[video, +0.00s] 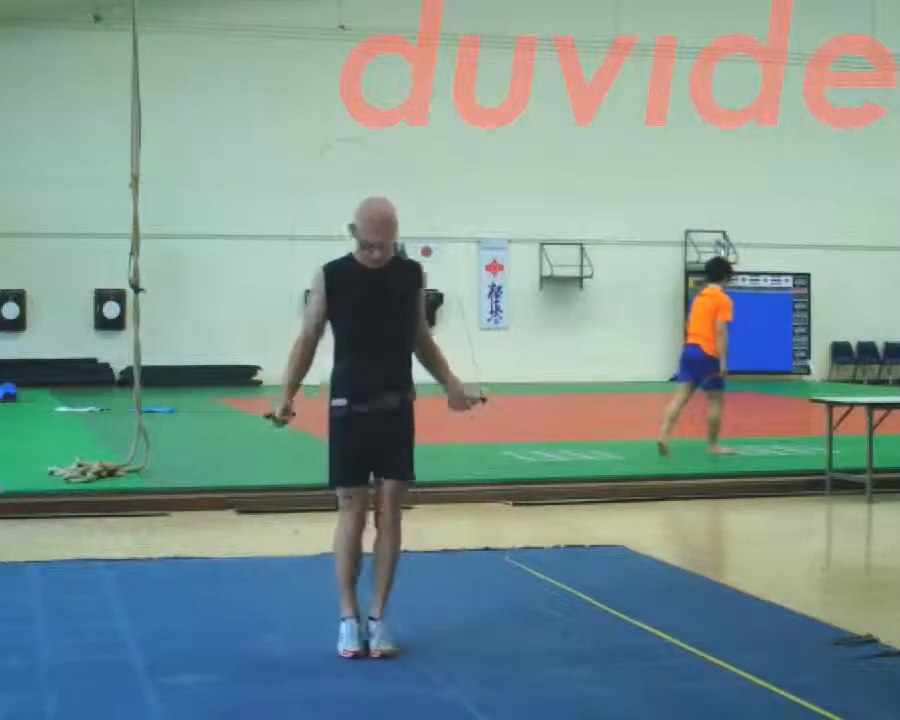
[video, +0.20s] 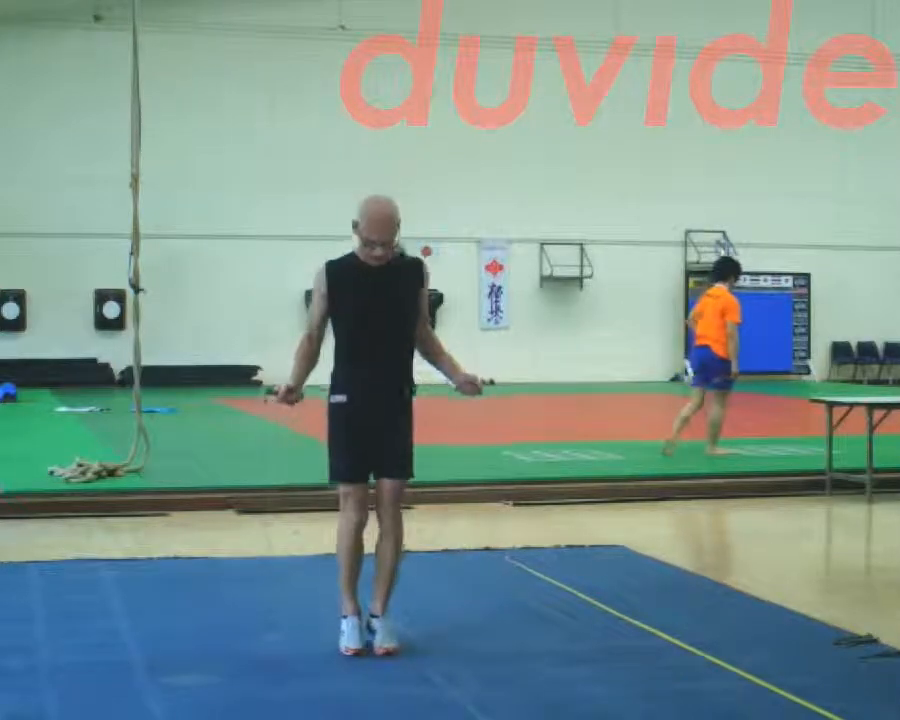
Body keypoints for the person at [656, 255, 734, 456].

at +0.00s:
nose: (730, 278)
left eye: (729, 275)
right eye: (729, 275)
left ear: (708, 275)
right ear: (725, 277)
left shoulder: (700, 297)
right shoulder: (723, 300)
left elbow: (692, 325)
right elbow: (720, 330)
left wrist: (691, 346)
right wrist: (723, 360)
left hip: (689, 349)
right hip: (708, 352)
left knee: (681, 395)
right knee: (715, 400)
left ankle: (663, 436)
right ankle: (713, 444)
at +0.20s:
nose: (737, 280)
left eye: (737, 277)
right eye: (736, 277)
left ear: (716, 275)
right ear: (732, 277)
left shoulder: (706, 296)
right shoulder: (729, 301)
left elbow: (691, 319)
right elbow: (731, 332)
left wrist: (703, 335)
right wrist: (734, 360)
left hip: (699, 349)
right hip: (718, 352)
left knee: (696, 400)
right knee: (718, 402)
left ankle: (672, 438)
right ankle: (712, 445)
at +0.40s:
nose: (746, 281)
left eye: (746, 277)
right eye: (746, 277)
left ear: (727, 275)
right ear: (743, 277)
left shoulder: (715, 295)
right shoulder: (739, 299)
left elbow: (695, 316)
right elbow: (745, 330)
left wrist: (711, 329)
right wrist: (756, 357)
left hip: (711, 347)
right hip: (725, 350)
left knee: (728, 394)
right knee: (720, 397)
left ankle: (713, 439)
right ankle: (712, 444)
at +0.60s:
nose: (757, 284)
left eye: (757, 280)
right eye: (756, 280)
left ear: (739, 278)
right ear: (752, 279)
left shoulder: (728, 298)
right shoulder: (749, 302)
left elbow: (713, 325)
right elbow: (755, 331)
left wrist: (729, 336)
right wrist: (769, 354)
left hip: (725, 351)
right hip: (739, 354)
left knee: (740, 402)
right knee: (726, 401)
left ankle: (755, 440)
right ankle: (713, 444)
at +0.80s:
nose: (769, 281)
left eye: (769, 277)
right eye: (769, 277)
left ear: (751, 276)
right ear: (764, 277)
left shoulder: (742, 297)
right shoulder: (760, 298)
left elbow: (733, 327)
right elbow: (765, 328)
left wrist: (743, 344)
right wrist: (773, 356)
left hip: (743, 352)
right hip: (757, 354)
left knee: (752, 399)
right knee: (762, 398)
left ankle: (758, 442)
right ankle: (728, 432)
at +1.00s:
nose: (780, 281)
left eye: (781, 277)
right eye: (780, 277)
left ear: (763, 275)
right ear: (775, 276)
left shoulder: (753, 295)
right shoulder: (770, 298)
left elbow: (751, 326)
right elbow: (772, 328)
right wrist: (778, 357)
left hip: (753, 351)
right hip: (766, 354)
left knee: (758, 397)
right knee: (784, 398)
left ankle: (757, 439)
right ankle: (770, 435)